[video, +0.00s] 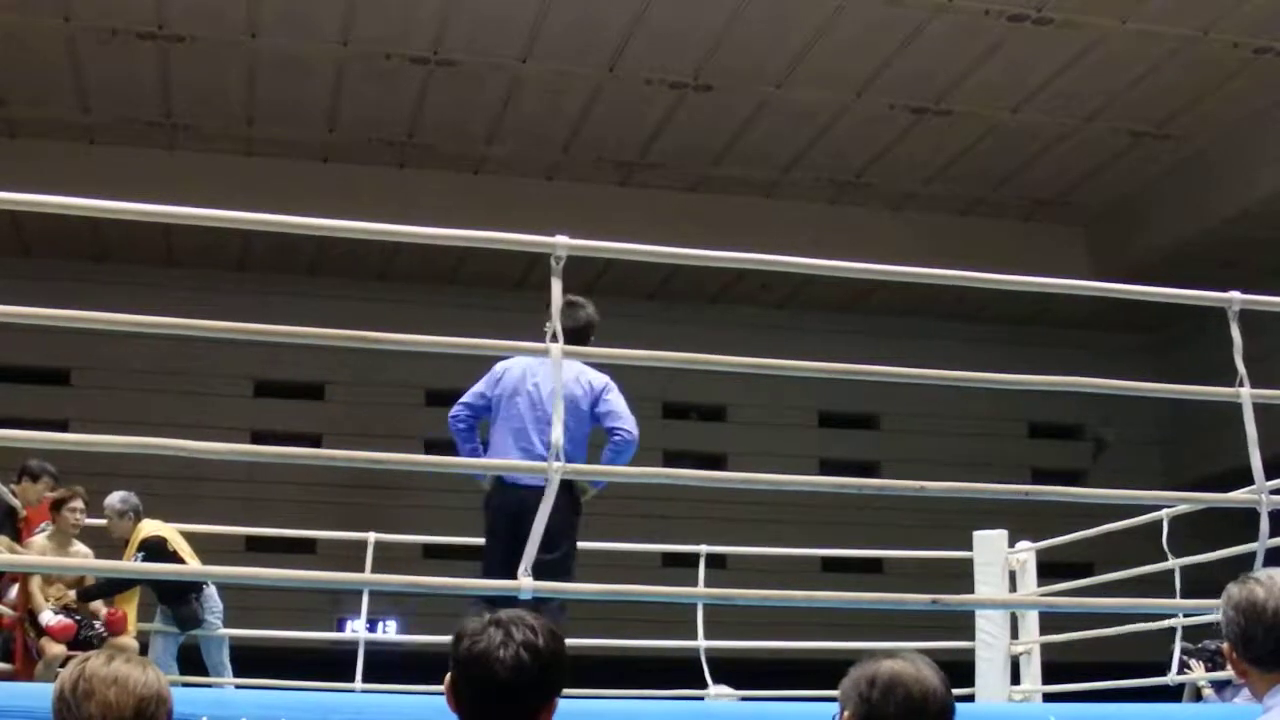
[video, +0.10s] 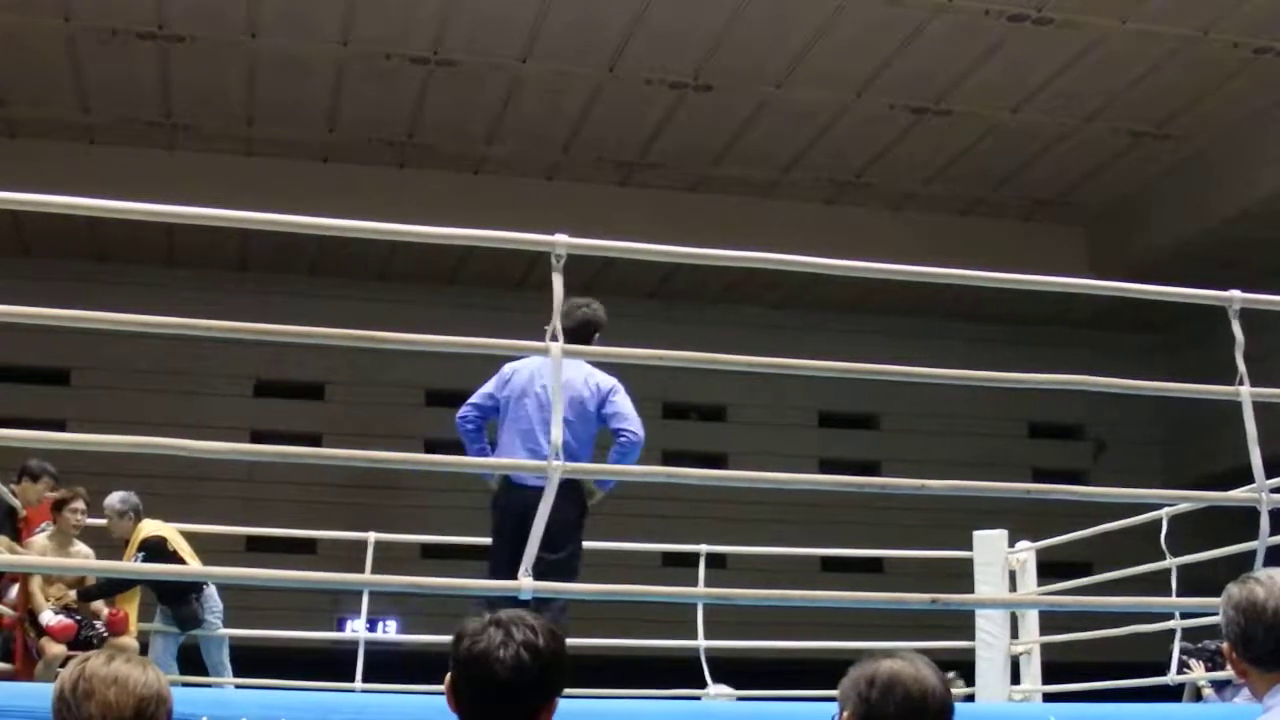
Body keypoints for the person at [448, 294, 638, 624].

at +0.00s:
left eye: (551, 324)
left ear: (548, 329)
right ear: (587, 339)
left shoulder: (507, 369)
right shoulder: (594, 382)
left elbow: (460, 416)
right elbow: (626, 435)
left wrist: (483, 473)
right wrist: (591, 486)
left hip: (504, 496)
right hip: (558, 502)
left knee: (497, 587)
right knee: (551, 593)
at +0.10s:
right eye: (596, 335)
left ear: (554, 330)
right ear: (593, 340)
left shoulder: (514, 371)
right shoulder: (602, 384)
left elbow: (468, 417)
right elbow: (632, 437)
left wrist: (491, 471)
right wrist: (600, 487)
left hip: (512, 496)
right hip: (565, 500)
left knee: (503, 582)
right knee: (555, 591)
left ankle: (498, 666)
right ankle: (543, 671)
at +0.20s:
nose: (613, 351)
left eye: (614, 342)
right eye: (612, 342)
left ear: (567, 337)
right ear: (597, 339)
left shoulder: (521, 374)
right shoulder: (605, 384)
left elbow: (474, 421)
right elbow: (636, 436)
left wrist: (497, 473)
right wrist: (605, 488)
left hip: (516, 496)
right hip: (568, 501)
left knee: (508, 586)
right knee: (557, 594)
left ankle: (502, 673)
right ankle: (543, 679)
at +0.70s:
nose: (625, 355)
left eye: (626, 347)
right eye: (622, 346)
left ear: (584, 347)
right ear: (600, 346)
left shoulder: (549, 389)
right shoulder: (603, 383)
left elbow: (520, 449)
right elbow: (614, 430)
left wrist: (541, 485)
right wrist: (616, 484)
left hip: (545, 496)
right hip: (582, 495)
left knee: (545, 588)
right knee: (576, 591)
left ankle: (530, 680)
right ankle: (556, 685)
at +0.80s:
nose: (624, 356)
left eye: (625, 347)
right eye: (620, 347)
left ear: (586, 347)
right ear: (599, 346)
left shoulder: (551, 391)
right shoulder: (602, 383)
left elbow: (527, 452)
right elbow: (612, 427)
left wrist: (548, 487)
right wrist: (617, 481)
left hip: (550, 497)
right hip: (585, 495)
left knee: (554, 590)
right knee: (586, 592)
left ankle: (544, 681)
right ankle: (560, 686)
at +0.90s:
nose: (626, 361)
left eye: (626, 353)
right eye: (621, 352)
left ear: (583, 353)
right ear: (602, 353)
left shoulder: (553, 396)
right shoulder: (601, 387)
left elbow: (533, 457)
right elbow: (610, 431)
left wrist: (549, 490)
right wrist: (618, 484)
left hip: (552, 505)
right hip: (587, 502)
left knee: (559, 600)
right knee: (600, 599)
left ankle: (547, 686)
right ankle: (568, 686)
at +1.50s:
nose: (634, 355)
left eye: (632, 348)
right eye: (633, 349)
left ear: (593, 351)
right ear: (628, 353)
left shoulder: (569, 397)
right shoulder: (637, 393)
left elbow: (563, 452)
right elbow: (655, 445)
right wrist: (640, 478)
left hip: (583, 510)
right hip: (625, 507)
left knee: (582, 604)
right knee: (632, 601)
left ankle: (563, 693)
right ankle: (629, 695)